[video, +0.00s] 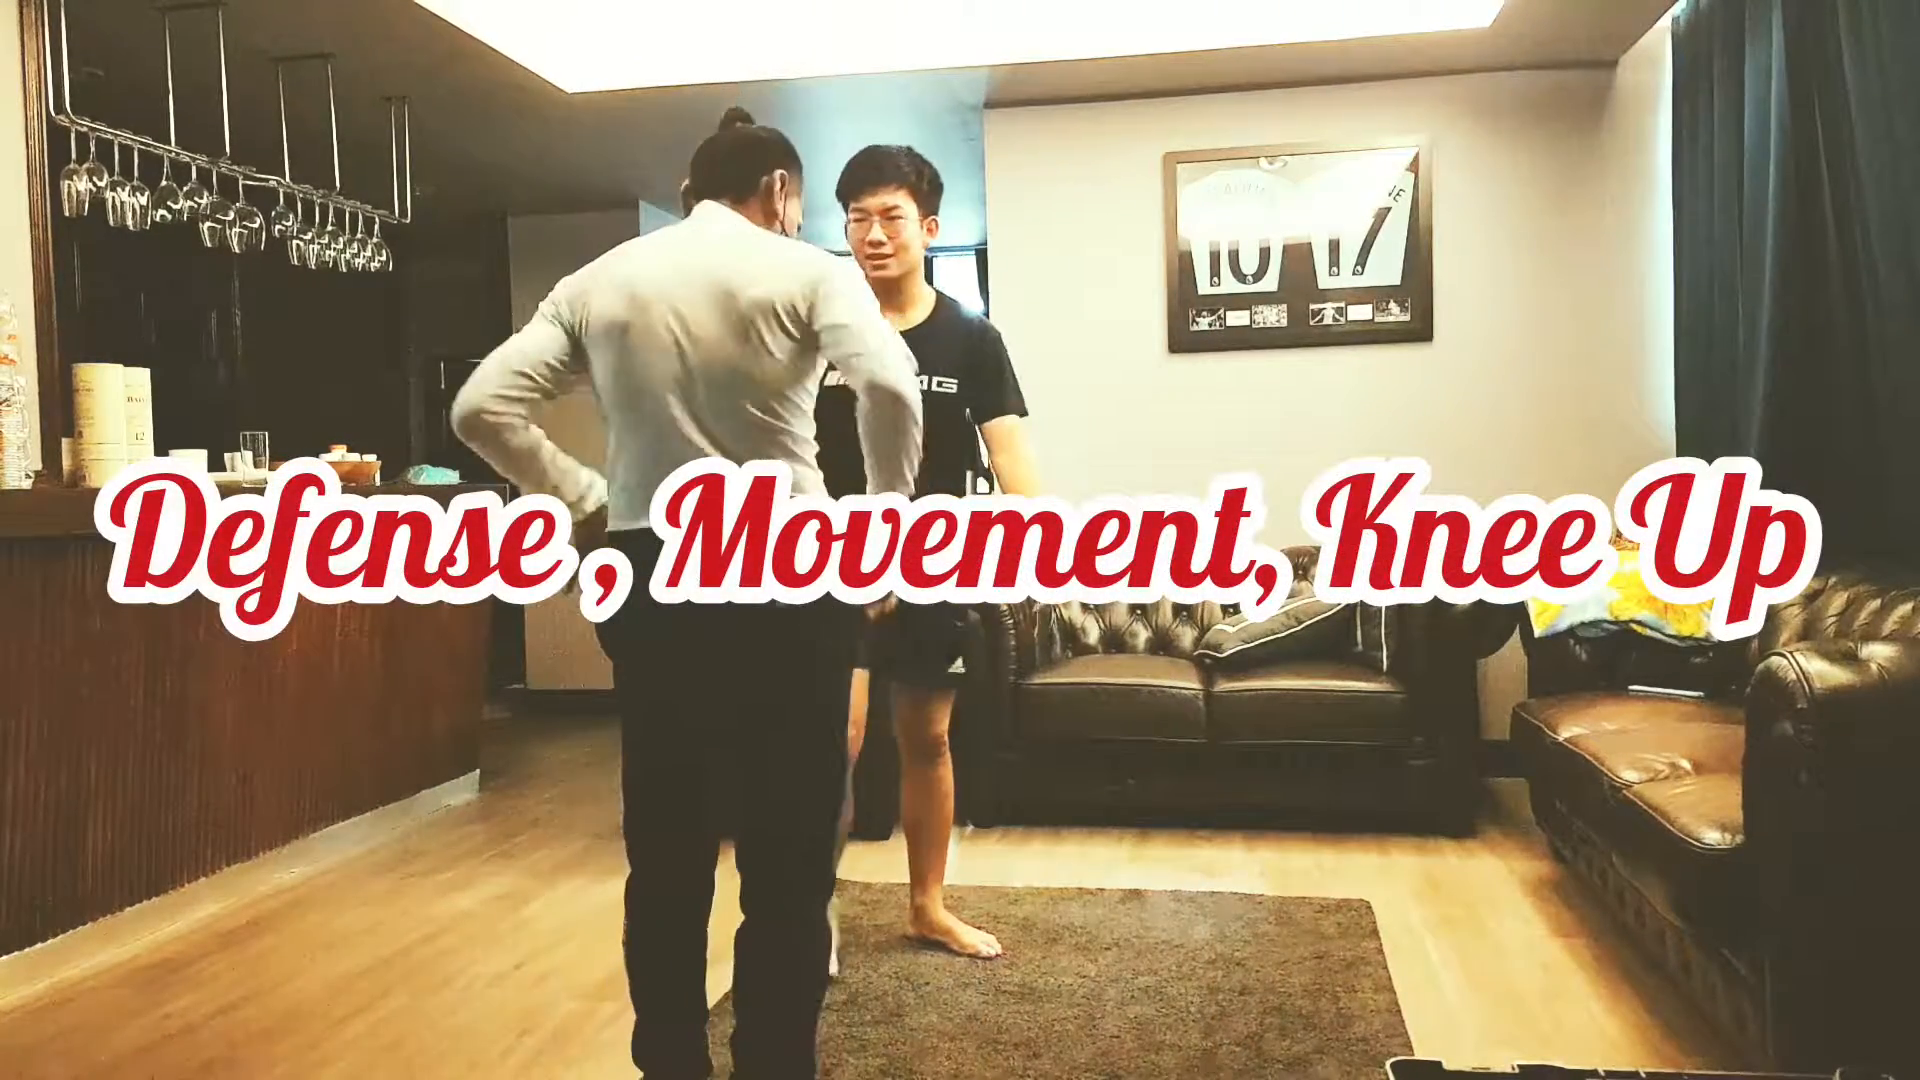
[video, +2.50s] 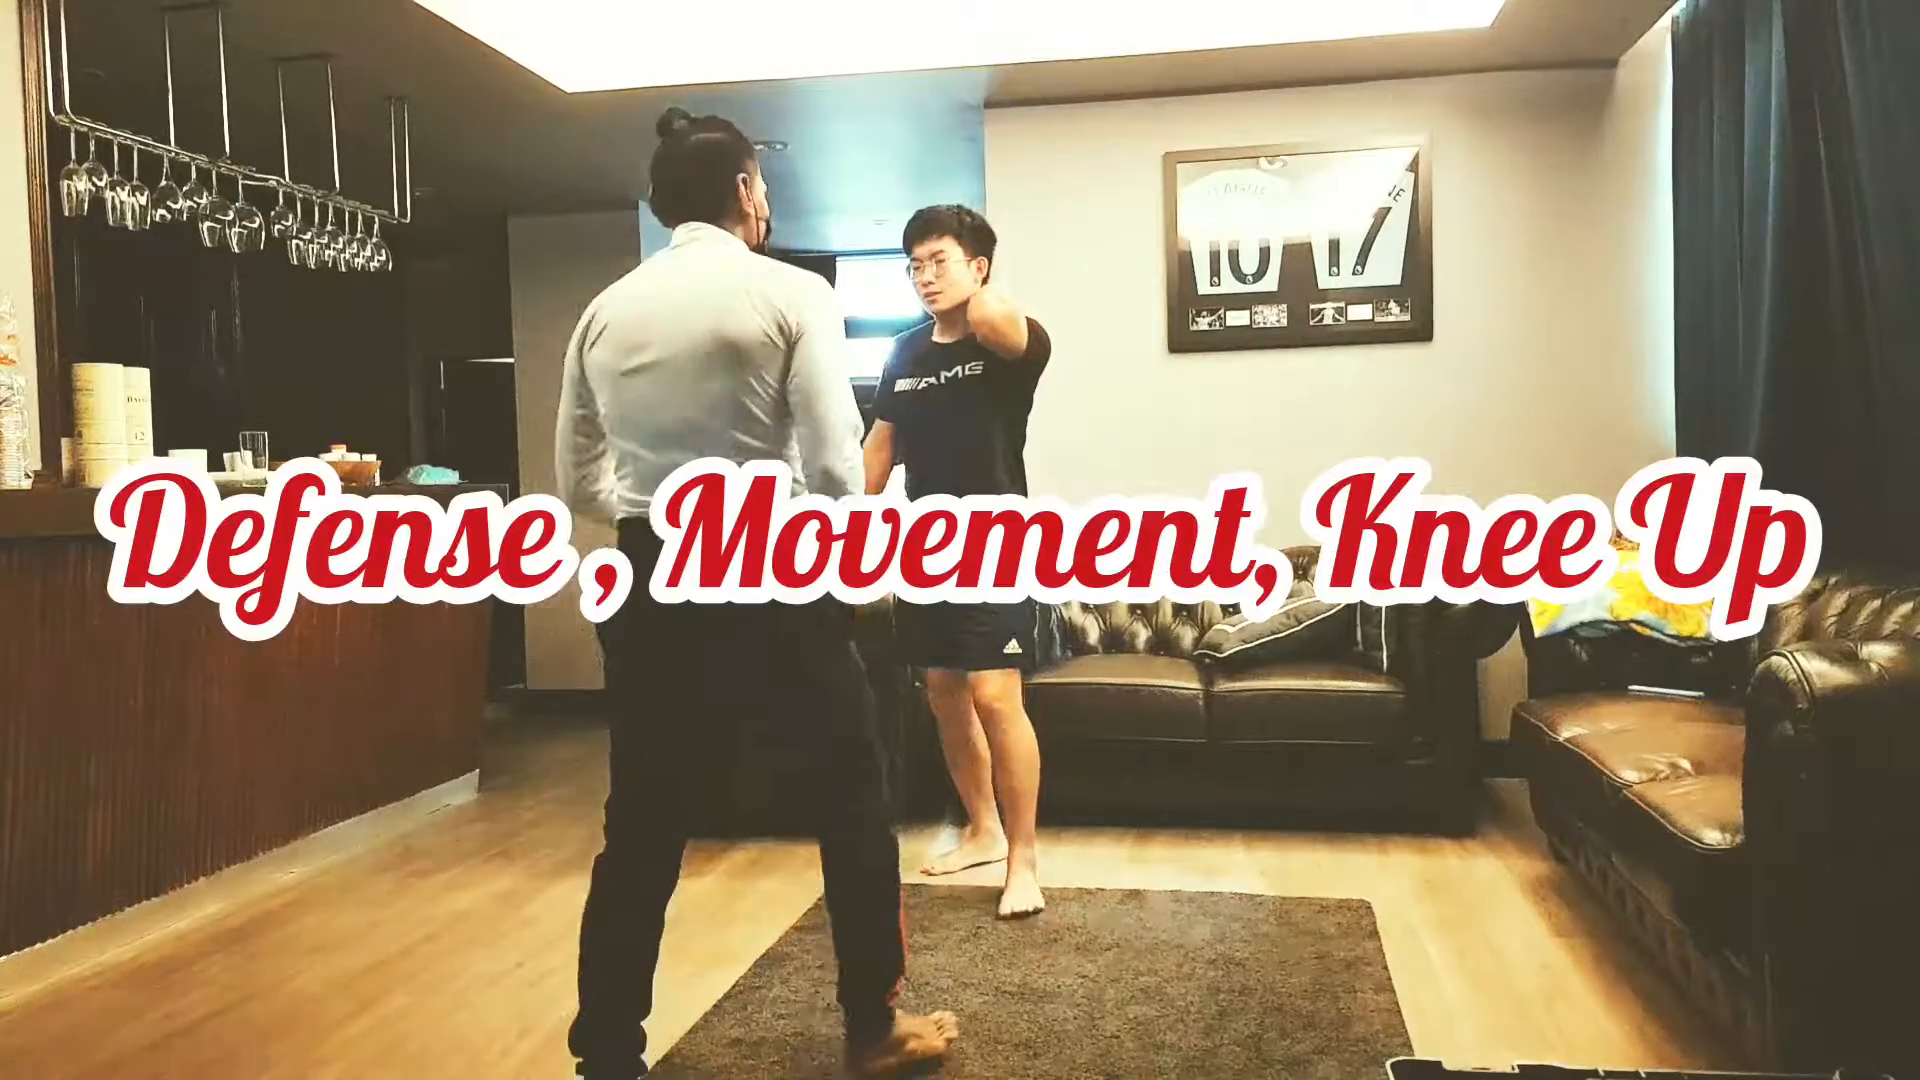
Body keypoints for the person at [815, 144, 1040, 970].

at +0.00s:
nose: (874, 235)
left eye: (891, 217)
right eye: (859, 220)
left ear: (929, 224)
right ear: (845, 231)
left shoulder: (969, 340)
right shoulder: (823, 335)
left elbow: (1016, 470)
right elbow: (787, 458)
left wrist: (1033, 570)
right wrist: (798, 564)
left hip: (935, 569)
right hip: (837, 568)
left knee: (927, 741)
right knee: (835, 739)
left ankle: (928, 905)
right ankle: (813, 914)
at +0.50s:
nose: (826, 235)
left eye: (838, 215)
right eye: (811, 223)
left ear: (876, 213)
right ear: (797, 232)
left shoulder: (931, 317)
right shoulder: (791, 322)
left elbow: (972, 438)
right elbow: (763, 426)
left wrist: (965, 432)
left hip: (917, 556)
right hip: (819, 559)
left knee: (924, 742)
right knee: (827, 746)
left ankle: (929, 907)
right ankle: (827, 933)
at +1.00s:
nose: (888, 264)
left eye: (901, 243)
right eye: (873, 249)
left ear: (939, 235)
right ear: (856, 249)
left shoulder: (976, 313)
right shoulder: (845, 315)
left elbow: (1009, 295)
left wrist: (949, 242)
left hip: (956, 565)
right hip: (855, 565)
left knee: (998, 740)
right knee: (847, 748)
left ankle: (1027, 858)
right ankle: (828, 931)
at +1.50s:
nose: (978, 250)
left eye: (995, 234)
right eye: (968, 237)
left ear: (1037, 240)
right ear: (959, 242)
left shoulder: (1063, 325)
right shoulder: (938, 325)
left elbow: (1081, 310)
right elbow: (905, 438)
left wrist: (1046, 271)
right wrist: (877, 532)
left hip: (1030, 555)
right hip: (935, 551)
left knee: (1028, 727)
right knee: (923, 724)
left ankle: (1025, 875)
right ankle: (904, 895)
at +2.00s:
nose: (972, 257)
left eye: (988, 242)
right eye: (963, 244)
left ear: (1028, 249)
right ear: (953, 254)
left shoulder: (1051, 332)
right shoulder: (931, 338)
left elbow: (1067, 319)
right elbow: (885, 412)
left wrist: (1039, 281)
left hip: (1024, 544)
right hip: (945, 543)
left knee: (1016, 709)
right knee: (941, 701)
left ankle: (1026, 871)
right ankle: (980, 816)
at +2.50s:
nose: (926, 276)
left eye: (939, 261)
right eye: (918, 265)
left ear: (980, 267)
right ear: (912, 276)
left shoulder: (1018, 339)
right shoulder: (908, 351)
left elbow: (993, 325)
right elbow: (878, 450)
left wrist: (986, 288)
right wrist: (844, 522)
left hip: (997, 541)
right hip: (926, 545)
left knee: (994, 695)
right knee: (944, 691)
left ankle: (1024, 861)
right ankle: (982, 830)